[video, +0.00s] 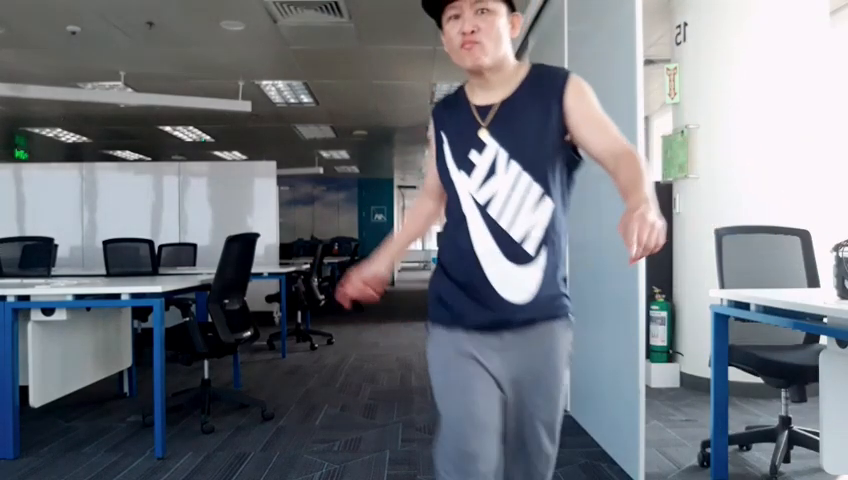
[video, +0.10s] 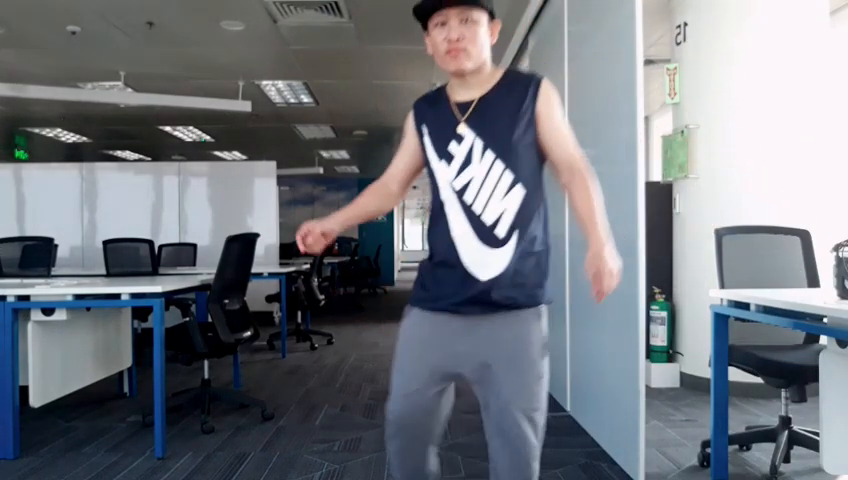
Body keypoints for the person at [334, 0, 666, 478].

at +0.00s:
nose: (467, 25)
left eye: (482, 11)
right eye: (453, 18)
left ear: (514, 24)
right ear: (444, 39)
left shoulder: (560, 89)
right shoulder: (445, 115)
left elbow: (618, 154)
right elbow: (432, 197)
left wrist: (641, 203)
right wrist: (383, 259)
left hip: (540, 326)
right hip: (457, 327)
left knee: (532, 466)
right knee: (470, 463)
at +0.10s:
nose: (453, 34)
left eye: (466, 20)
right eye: (440, 25)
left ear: (493, 31)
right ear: (428, 44)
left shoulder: (533, 92)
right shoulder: (424, 113)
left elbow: (572, 167)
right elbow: (390, 187)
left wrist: (599, 242)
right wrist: (332, 224)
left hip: (513, 307)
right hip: (434, 304)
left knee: (515, 447)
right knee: (406, 431)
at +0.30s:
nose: (443, 55)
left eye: (455, 45)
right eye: (431, 48)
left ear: (478, 54)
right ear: (418, 63)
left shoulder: (514, 120)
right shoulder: (408, 132)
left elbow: (545, 198)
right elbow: (377, 198)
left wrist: (570, 274)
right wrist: (330, 225)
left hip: (495, 319)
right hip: (421, 317)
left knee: (503, 457)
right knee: (384, 438)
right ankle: (388, 475)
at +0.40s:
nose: (413, 87)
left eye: (425, 77)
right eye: (403, 77)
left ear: (445, 89)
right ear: (387, 91)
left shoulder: (465, 148)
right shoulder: (370, 152)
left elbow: (490, 216)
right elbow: (351, 215)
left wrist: (518, 282)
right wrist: (341, 262)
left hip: (453, 321)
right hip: (384, 322)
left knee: (473, 431)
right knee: (364, 421)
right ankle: (360, 474)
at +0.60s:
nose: (360, 100)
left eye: (371, 90)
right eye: (357, 91)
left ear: (407, 95)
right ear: (355, 96)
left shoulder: (440, 152)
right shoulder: (352, 154)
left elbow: (468, 216)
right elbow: (331, 216)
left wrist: (486, 274)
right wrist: (295, 272)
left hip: (431, 309)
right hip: (367, 313)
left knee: (453, 405)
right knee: (359, 407)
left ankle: (468, 477)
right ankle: (359, 473)